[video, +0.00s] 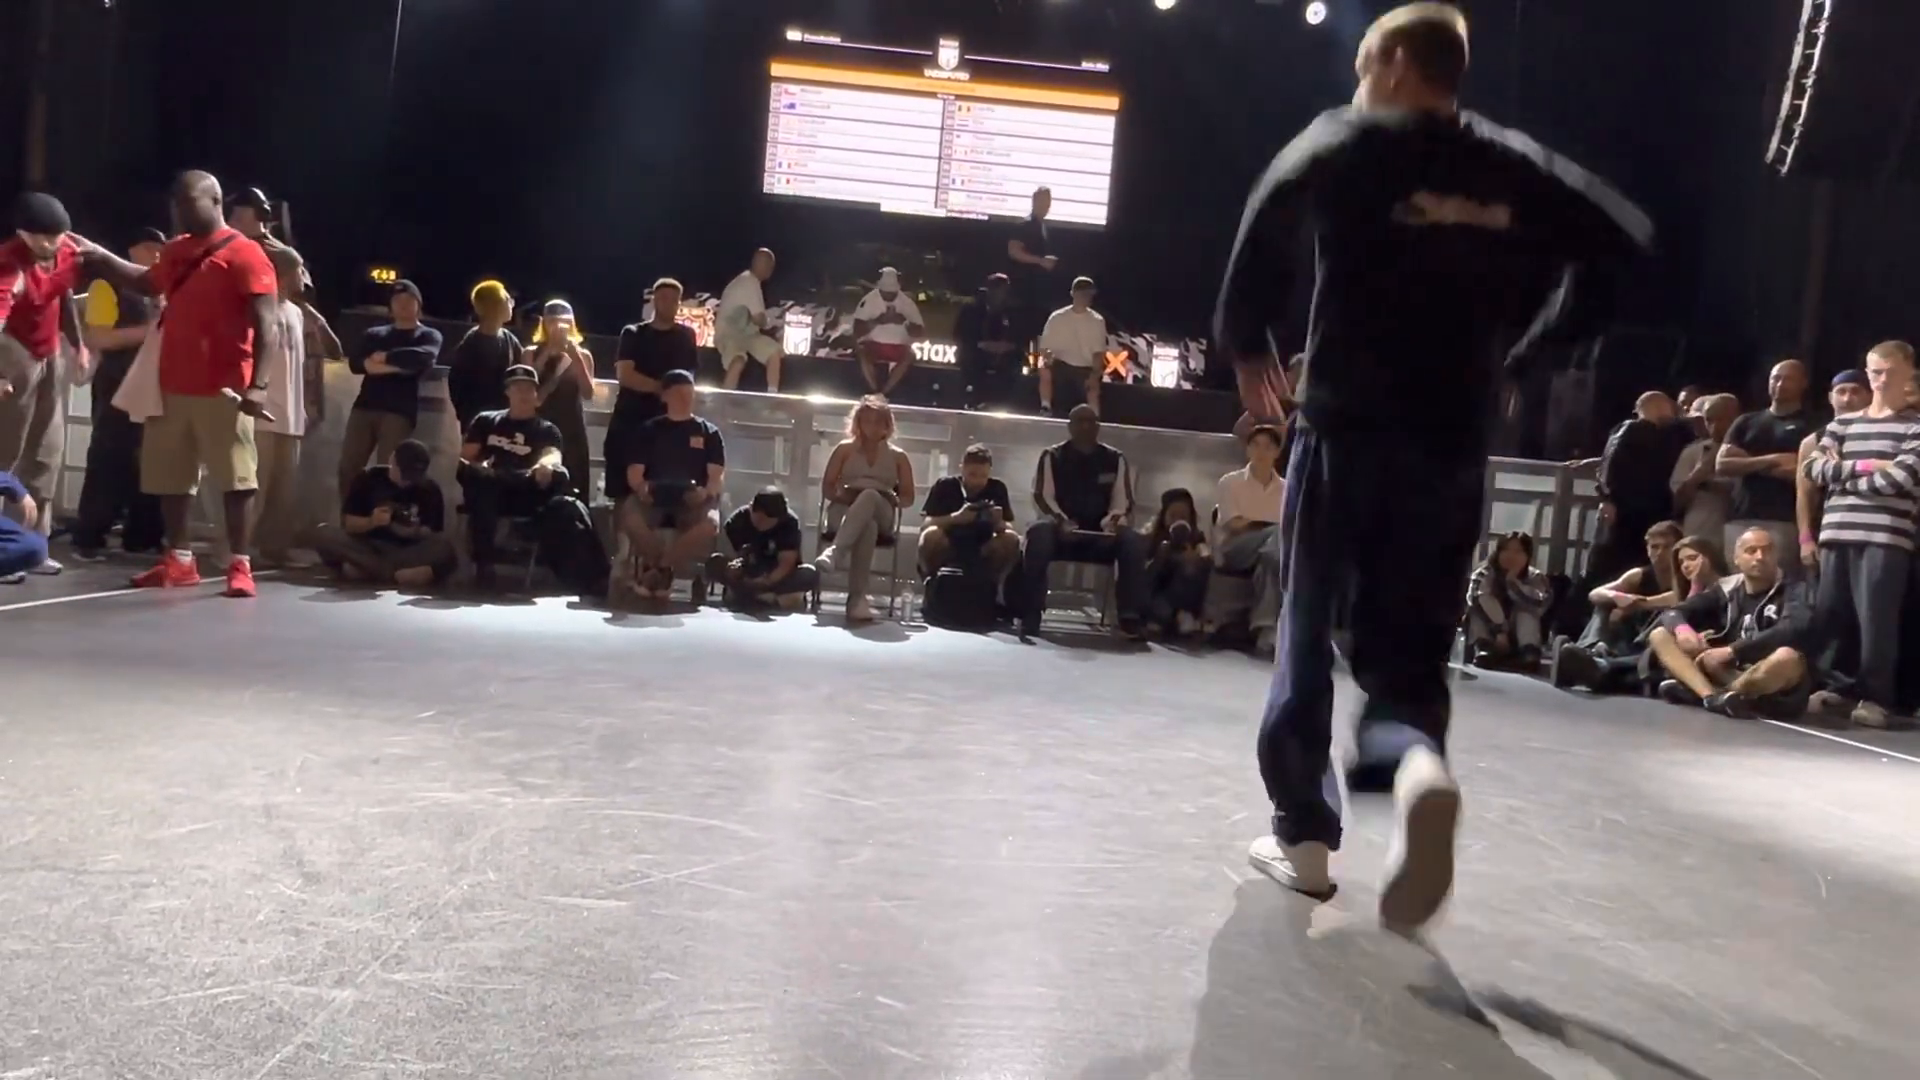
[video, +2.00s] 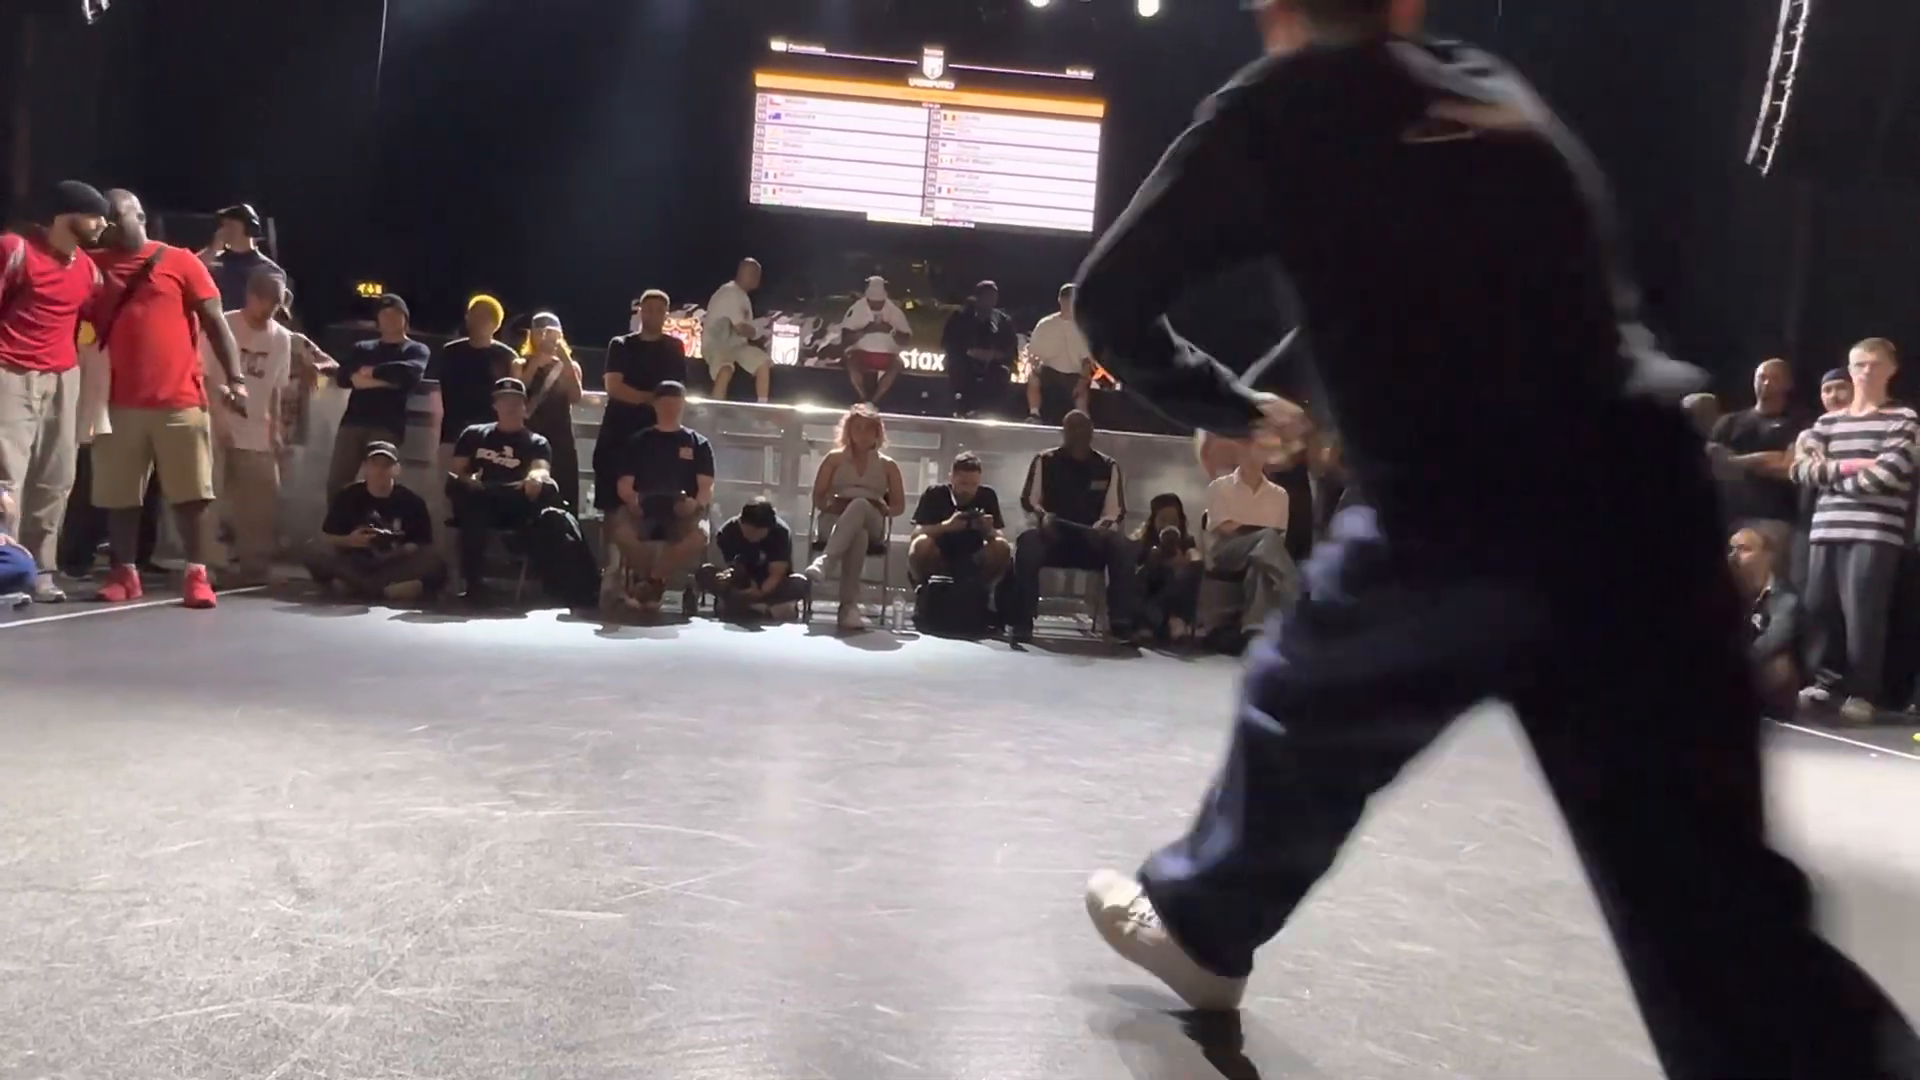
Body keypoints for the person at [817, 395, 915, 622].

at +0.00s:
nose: (875, 427)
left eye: (881, 422)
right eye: (869, 421)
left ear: (889, 426)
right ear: (858, 424)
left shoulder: (898, 457)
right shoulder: (845, 450)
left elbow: (908, 498)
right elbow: (828, 489)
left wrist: (885, 497)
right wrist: (852, 500)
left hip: (882, 518)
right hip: (843, 512)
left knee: (869, 496)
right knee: (867, 524)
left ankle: (834, 551)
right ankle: (857, 600)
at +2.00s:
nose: (864, 434)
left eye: (870, 428)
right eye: (858, 428)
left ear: (878, 433)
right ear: (848, 431)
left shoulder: (888, 466)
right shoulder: (834, 459)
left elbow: (898, 506)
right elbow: (819, 499)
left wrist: (881, 509)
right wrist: (839, 506)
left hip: (873, 526)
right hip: (833, 521)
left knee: (859, 504)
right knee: (859, 535)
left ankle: (825, 561)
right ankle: (848, 607)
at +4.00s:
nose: (857, 453)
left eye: (863, 448)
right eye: (852, 447)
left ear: (872, 453)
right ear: (842, 450)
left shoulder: (883, 484)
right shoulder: (829, 479)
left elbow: (895, 524)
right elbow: (815, 518)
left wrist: (877, 526)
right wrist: (835, 527)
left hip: (871, 544)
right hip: (831, 542)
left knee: (856, 524)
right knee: (857, 553)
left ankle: (824, 582)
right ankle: (849, 627)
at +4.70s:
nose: (868, 449)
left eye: (872, 444)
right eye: (862, 444)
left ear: (878, 449)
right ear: (851, 447)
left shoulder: (886, 478)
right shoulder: (838, 475)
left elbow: (900, 518)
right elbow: (823, 516)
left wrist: (878, 519)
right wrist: (846, 522)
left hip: (879, 540)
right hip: (839, 537)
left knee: (864, 521)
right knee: (864, 551)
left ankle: (832, 578)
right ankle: (856, 623)